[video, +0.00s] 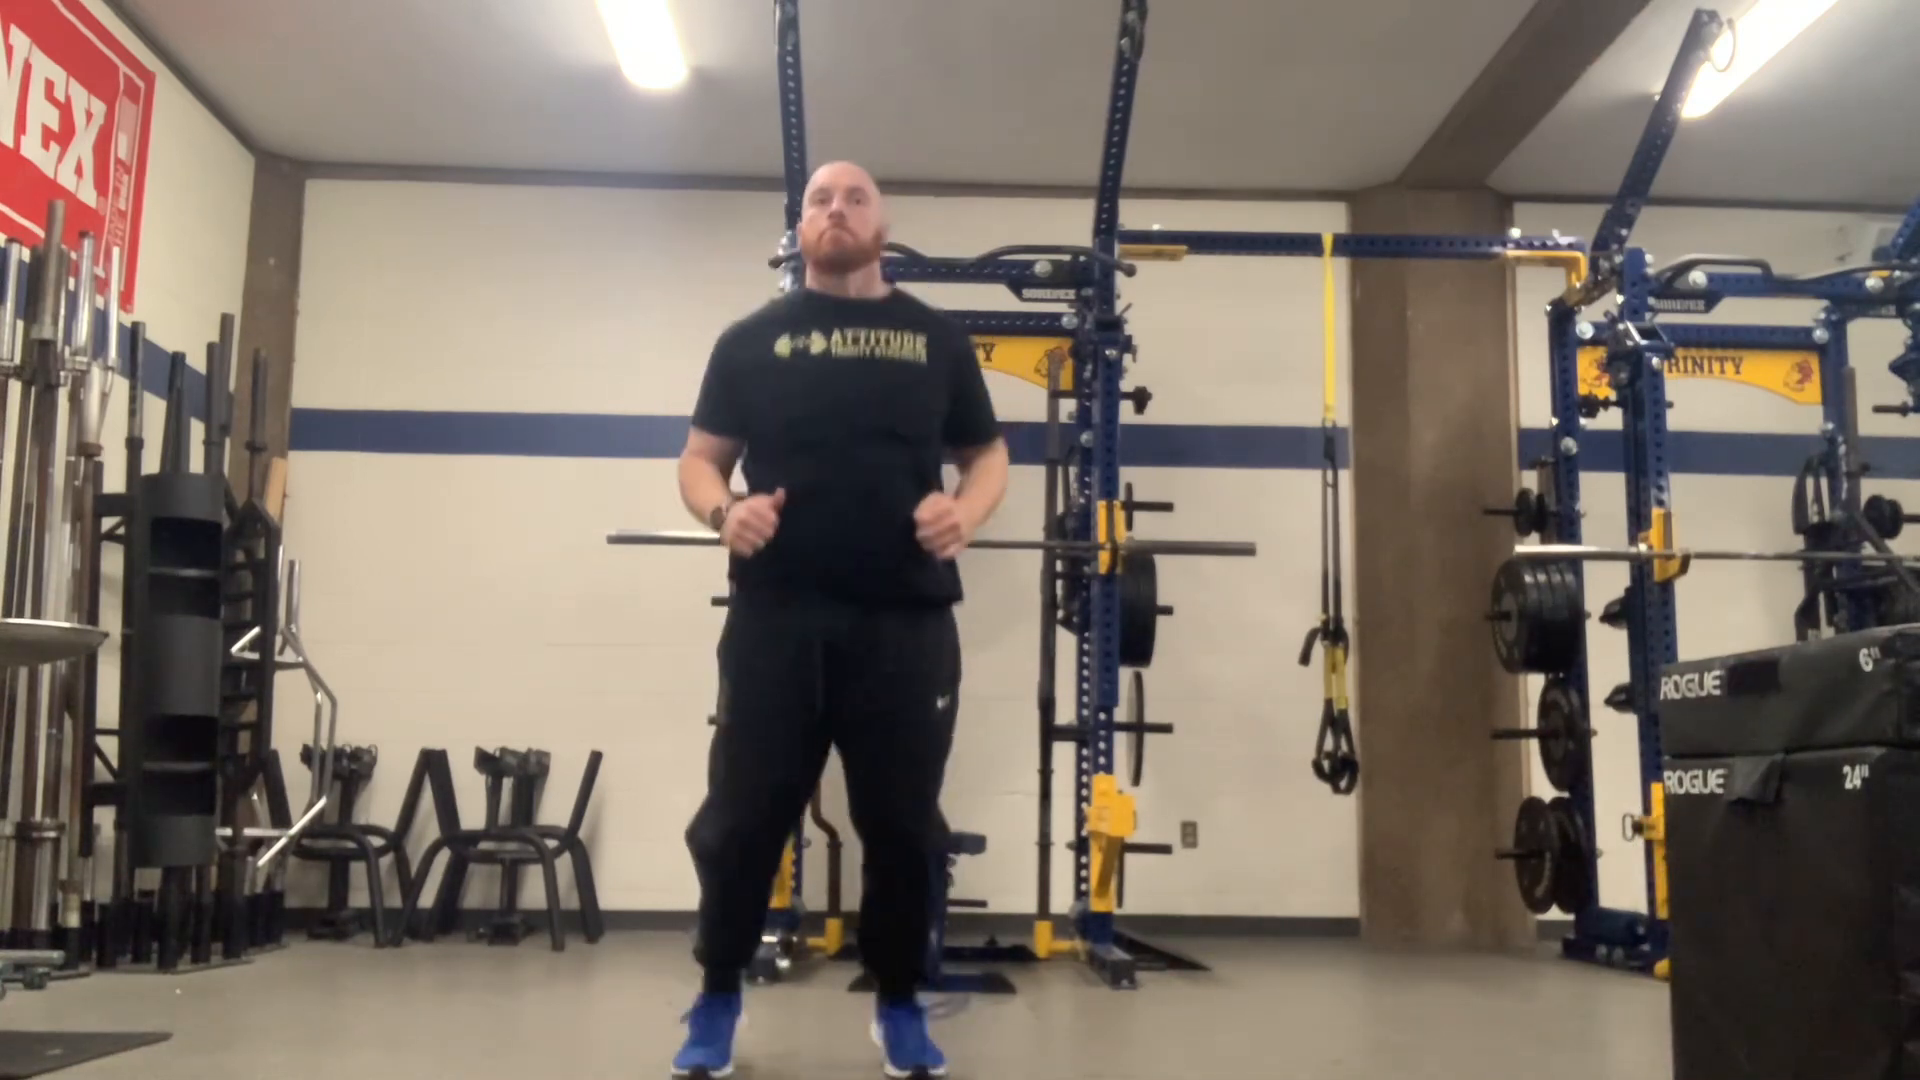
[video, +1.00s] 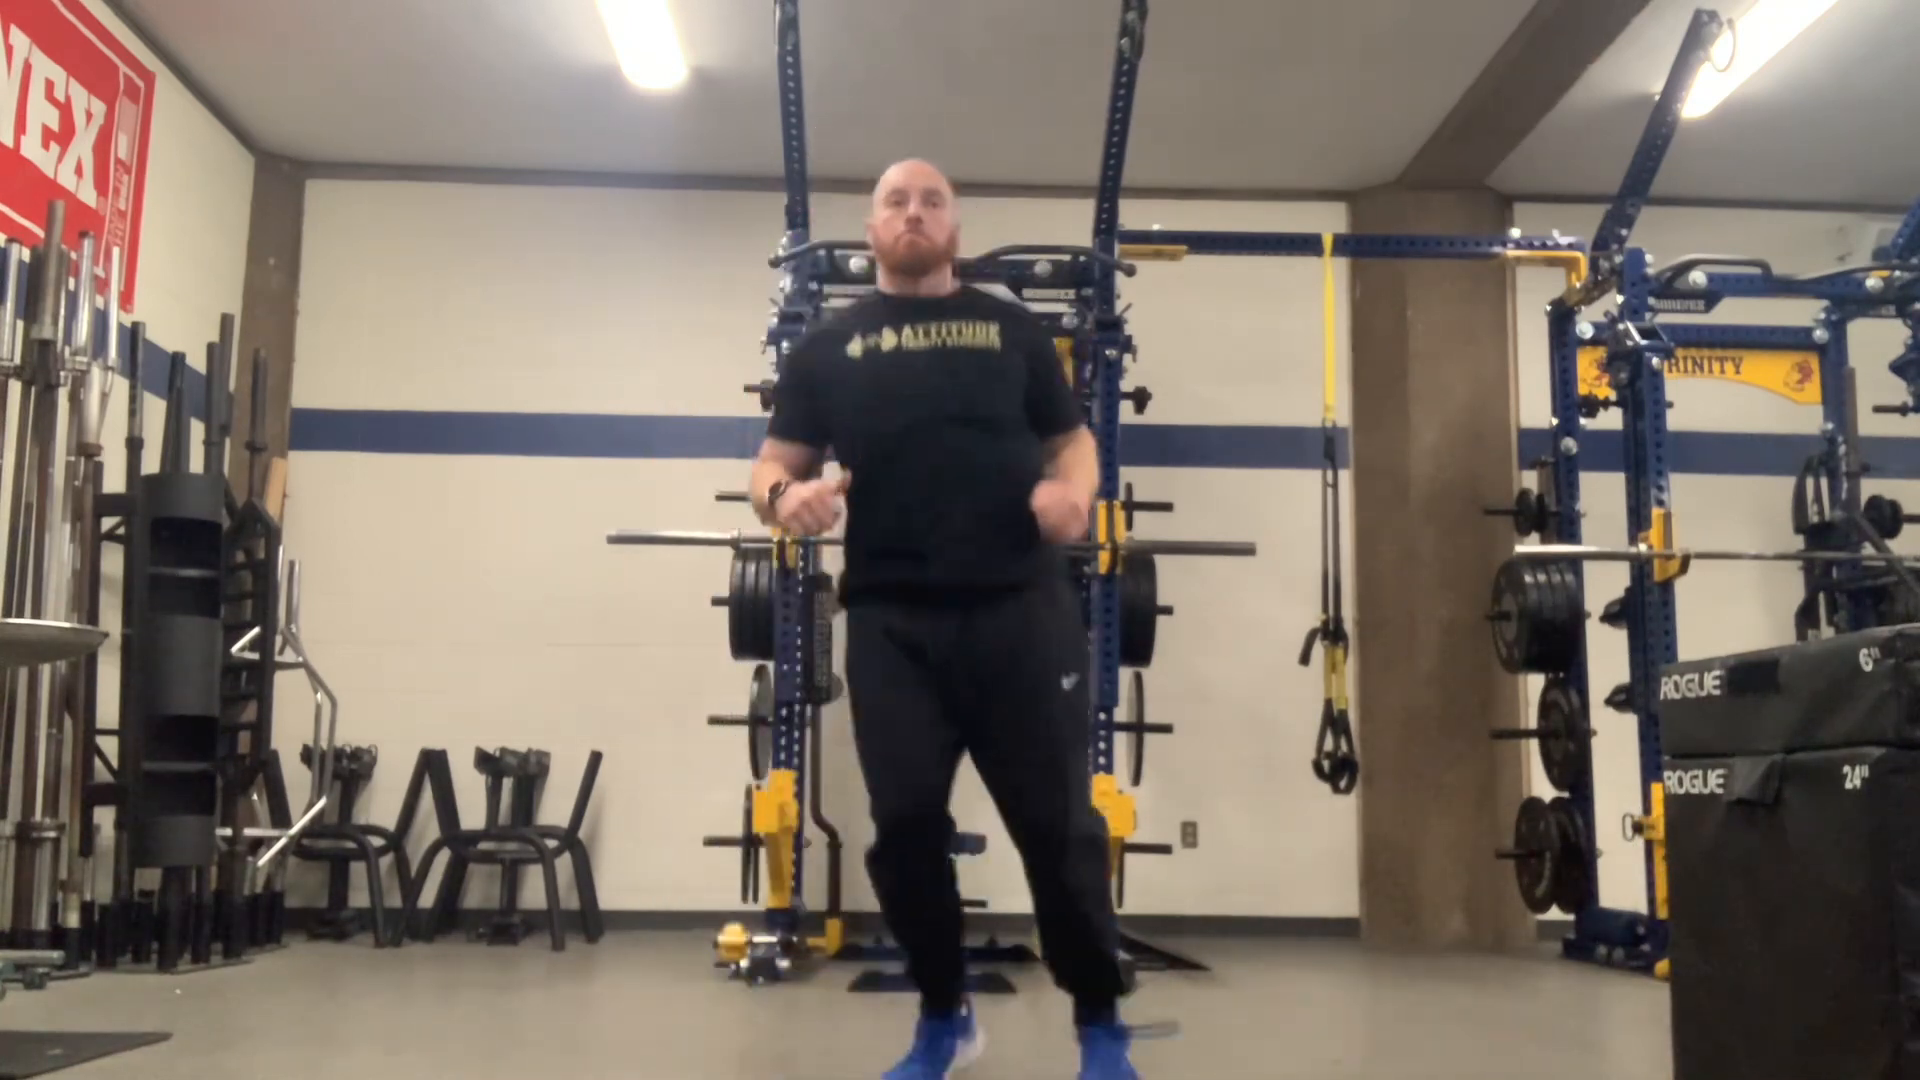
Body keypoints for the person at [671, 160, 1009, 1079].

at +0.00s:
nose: (838, 208)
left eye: (856, 197)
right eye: (822, 199)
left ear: (887, 229)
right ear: (797, 232)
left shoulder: (937, 340)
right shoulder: (751, 342)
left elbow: (988, 460)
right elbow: (699, 464)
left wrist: (966, 508)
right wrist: (725, 509)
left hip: (904, 622)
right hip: (776, 619)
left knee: (904, 829)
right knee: (740, 824)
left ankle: (900, 1010)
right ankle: (716, 998)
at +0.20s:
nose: (838, 152)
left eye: (857, 142)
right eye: (823, 143)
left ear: (889, 174)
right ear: (799, 175)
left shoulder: (941, 281)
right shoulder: (752, 281)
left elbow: (995, 403)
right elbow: (702, 406)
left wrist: (945, 422)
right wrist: (745, 421)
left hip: (902, 574)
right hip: (774, 574)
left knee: (907, 790)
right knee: (743, 775)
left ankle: (908, 987)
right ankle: (714, 977)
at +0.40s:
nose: (830, 135)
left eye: (849, 126)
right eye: (814, 128)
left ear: (883, 158)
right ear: (793, 163)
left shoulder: (941, 261)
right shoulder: (747, 266)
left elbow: (1001, 387)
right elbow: (692, 394)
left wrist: (960, 411)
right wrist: (724, 410)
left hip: (907, 549)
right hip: (774, 545)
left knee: (925, 769)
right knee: (726, 759)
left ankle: (934, 989)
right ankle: (675, 979)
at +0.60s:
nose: (838, 211)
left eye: (856, 199)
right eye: (821, 203)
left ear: (892, 228)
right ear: (801, 239)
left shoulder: (956, 336)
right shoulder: (765, 348)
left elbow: (1023, 461)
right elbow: (715, 475)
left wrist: (981, 472)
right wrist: (731, 517)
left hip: (918, 635)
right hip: (786, 630)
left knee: (924, 842)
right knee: (716, 837)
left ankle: (922, 1030)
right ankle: (671, 1022)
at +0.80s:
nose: (873, 131)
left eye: (890, 119)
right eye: (857, 121)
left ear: (920, 146)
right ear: (832, 153)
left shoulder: (987, 237)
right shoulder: (795, 261)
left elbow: (1073, 351)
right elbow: (759, 389)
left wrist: (1030, 359)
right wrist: (784, 416)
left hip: (971, 540)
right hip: (841, 540)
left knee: (989, 761)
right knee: (816, 751)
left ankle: (998, 980)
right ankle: (800, 963)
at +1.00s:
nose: (913, 216)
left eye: (930, 204)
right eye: (896, 203)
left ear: (957, 230)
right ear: (868, 229)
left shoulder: (1014, 330)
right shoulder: (824, 349)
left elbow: (1074, 441)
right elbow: (773, 470)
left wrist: (1070, 484)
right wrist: (787, 497)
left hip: (1018, 616)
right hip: (891, 624)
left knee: (1057, 830)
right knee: (904, 830)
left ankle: (1099, 1030)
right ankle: (944, 1021)